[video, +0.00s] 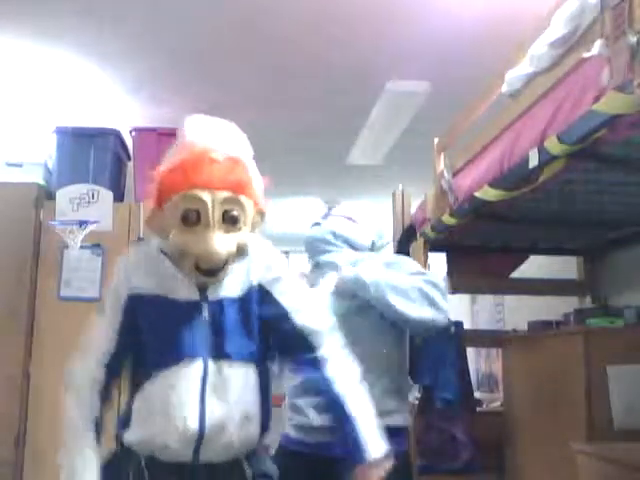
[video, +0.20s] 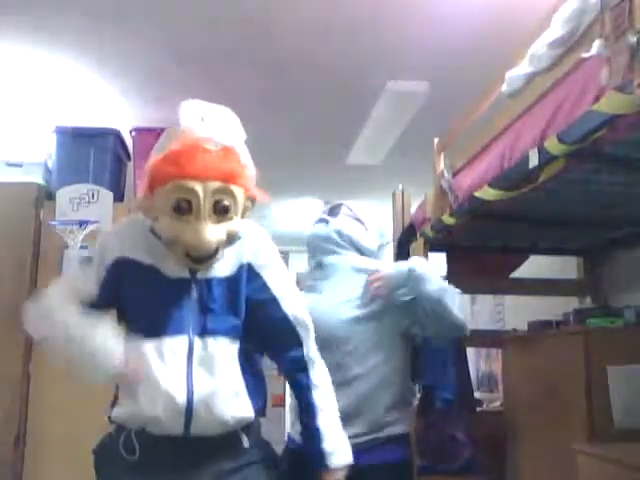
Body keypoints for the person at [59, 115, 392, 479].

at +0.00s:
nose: (211, 241)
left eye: (230, 219)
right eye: (191, 218)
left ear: (254, 223)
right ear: (160, 222)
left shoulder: (266, 279)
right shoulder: (138, 278)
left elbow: (325, 355)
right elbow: (90, 376)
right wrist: (81, 467)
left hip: (236, 464)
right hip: (151, 465)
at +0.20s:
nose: (202, 230)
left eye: (221, 209)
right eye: (182, 207)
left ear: (243, 212)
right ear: (151, 205)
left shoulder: (252, 260)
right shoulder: (122, 251)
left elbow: (299, 354)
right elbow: (51, 309)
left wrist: (328, 451)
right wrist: (109, 352)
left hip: (231, 454)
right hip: (139, 455)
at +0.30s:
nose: (199, 219)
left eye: (219, 198)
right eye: (180, 196)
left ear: (242, 201)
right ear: (151, 194)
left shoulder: (253, 243)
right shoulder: (126, 232)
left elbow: (304, 337)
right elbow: (35, 292)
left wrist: (317, 435)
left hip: (235, 450)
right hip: (139, 450)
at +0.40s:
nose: (203, 198)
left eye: (223, 178)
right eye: (185, 175)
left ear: (247, 186)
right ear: (157, 182)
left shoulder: (257, 244)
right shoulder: (131, 244)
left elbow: (308, 325)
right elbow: (38, 263)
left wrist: (304, 424)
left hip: (238, 448)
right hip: (143, 450)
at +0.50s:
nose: (211, 187)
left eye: (228, 171)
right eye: (191, 168)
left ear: (250, 181)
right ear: (164, 176)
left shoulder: (259, 244)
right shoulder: (130, 237)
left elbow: (306, 334)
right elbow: (41, 251)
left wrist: (304, 433)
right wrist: (75, 164)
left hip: (240, 455)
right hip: (148, 455)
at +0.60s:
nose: (217, 192)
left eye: (233, 173)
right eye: (195, 170)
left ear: (252, 190)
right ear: (161, 186)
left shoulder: (259, 264)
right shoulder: (127, 260)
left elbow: (300, 356)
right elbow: (41, 252)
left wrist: (310, 448)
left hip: (241, 463)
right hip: (150, 462)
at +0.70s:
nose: (218, 202)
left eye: (234, 181)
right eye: (196, 179)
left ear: (253, 199)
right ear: (163, 195)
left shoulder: (257, 271)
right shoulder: (129, 261)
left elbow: (297, 376)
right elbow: (71, 285)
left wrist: (323, 467)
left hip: (231, 465)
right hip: (147, 463)